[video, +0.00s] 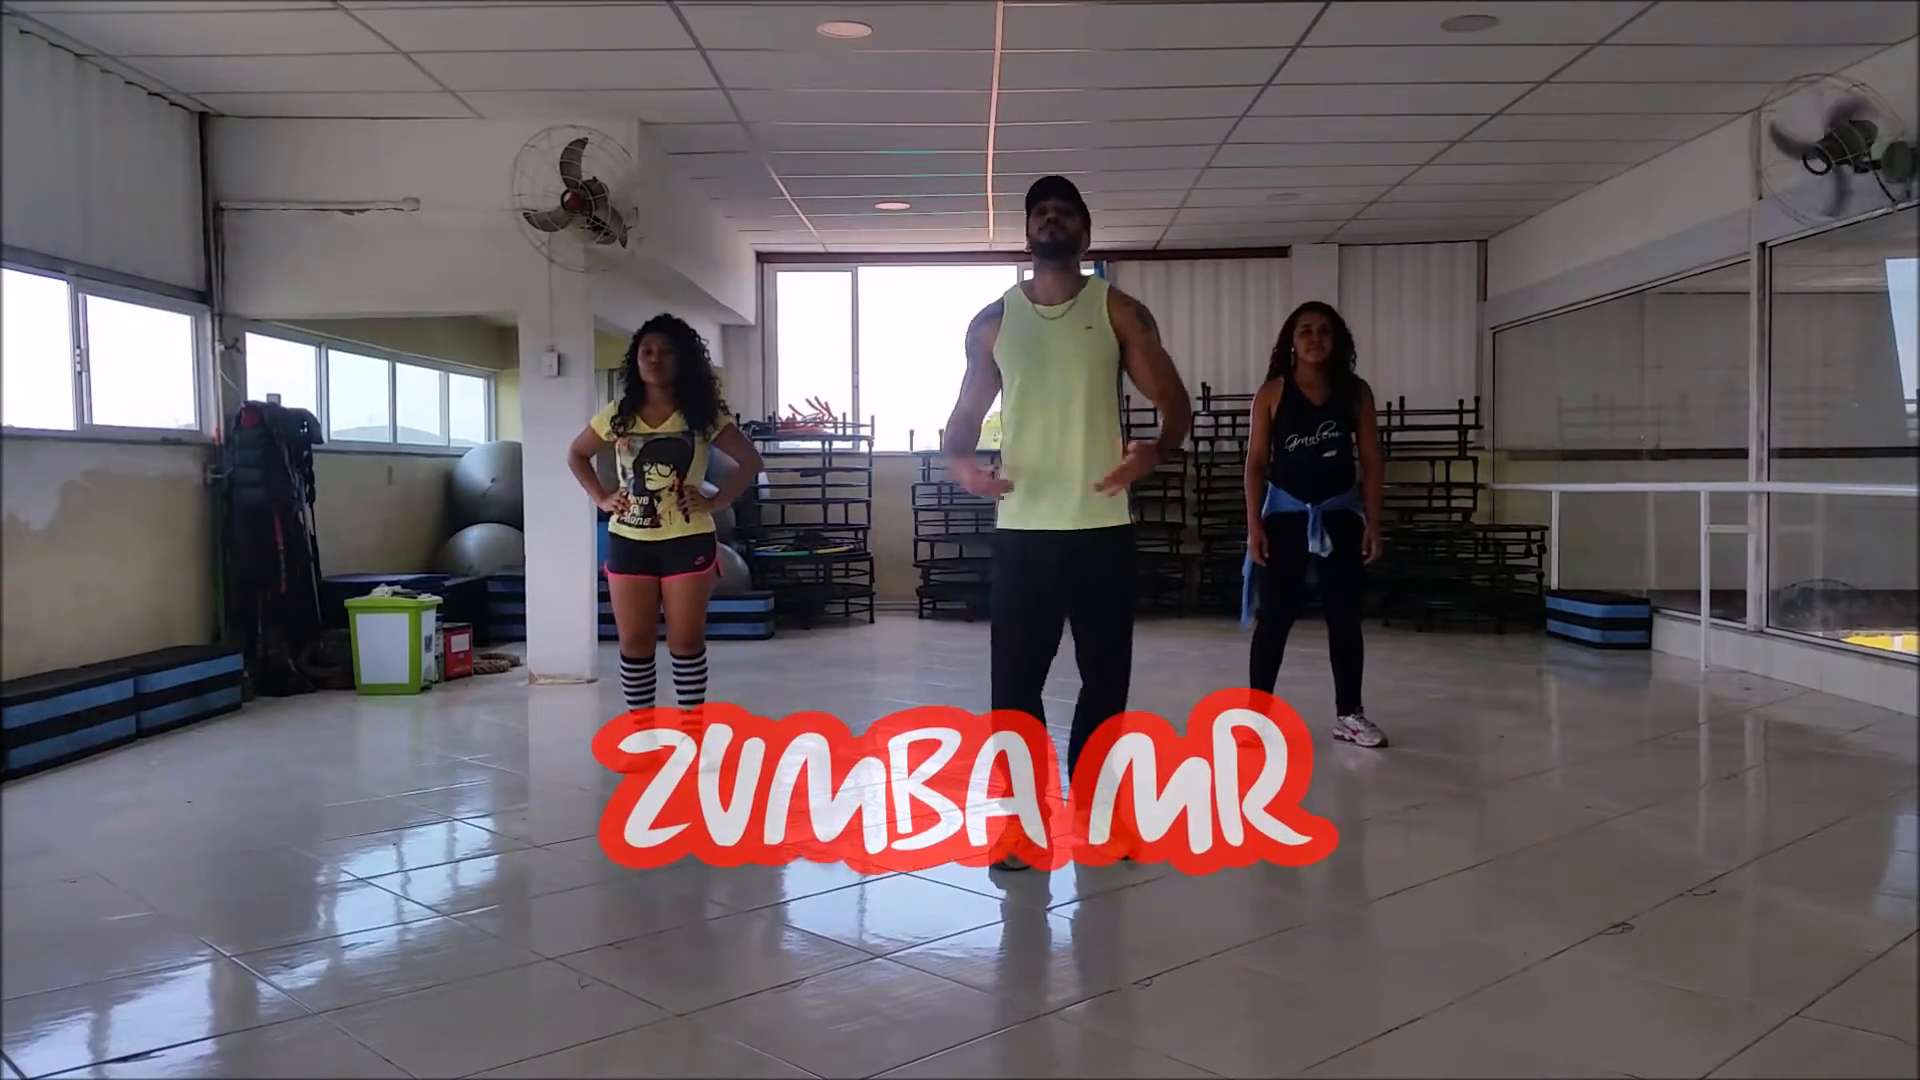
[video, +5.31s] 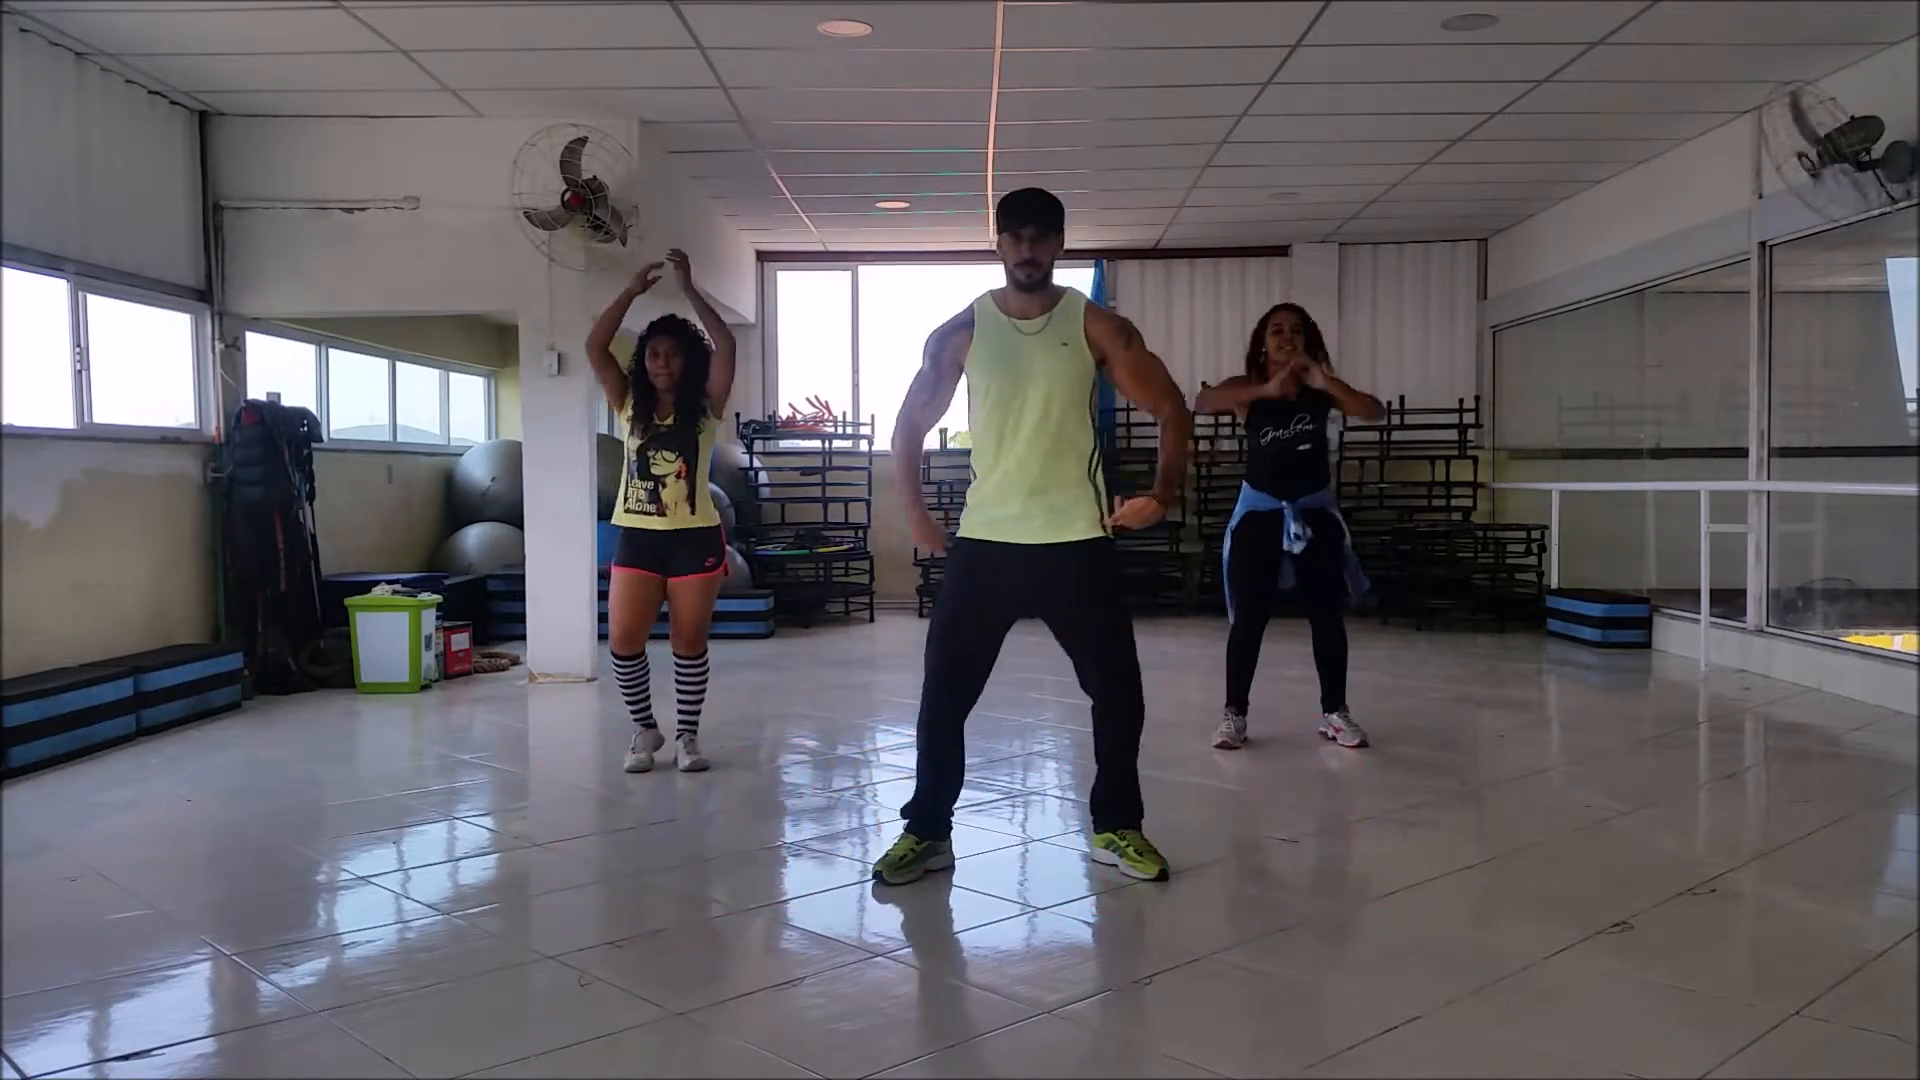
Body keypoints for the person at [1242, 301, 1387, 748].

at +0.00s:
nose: (1315, 339)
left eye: (1324, 332)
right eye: (1305, 332)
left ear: (1336, 341)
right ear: (1291, 341)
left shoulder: (1355, 392)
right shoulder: (1271, 393)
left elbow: (1372, 460)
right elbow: (1255, 463)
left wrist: (1373, 520)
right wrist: (1253, 523)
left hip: (1341, 516)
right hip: (1284, 517)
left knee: (1346, 617)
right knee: (1274, 616)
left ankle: (1349, 716)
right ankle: (1257, 715)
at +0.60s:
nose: (1289, 338)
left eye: (1298, 332)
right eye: (1280, 332)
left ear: (1310, 341)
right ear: (1264, 341)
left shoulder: (1328, 392)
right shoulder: (1246, 393)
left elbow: (1342, 458)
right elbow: (1224, 459)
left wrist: (1311, 487)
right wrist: (1275, 484)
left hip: (1313, 515)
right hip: (1256, 516)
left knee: (1332, 609)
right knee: (1257, 614)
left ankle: (1347, 713)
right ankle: (1256, 716)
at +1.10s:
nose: (1295, 336)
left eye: (1305, 330)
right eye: (1286, 330)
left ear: (1318, 339)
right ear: (1271, 338)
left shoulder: (1336, 389)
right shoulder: (1252, 387)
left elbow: (1359, 447)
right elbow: (1227, 450)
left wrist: (1332, 421)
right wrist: (1273, 426)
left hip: (1322, 517)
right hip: (1265, 516)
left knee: (1320, 615)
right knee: (1257, 611)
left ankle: (1318, 712)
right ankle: (1252, 708)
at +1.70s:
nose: (1281, 341)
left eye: (1290, 336)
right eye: (1273, 333)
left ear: (1299, 346)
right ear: (1254, 337)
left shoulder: (1306, 382)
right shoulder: (1237, 384)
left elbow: (1347, 410)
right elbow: (1239, 419)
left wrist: (1338, 354)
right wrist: (1270, 371)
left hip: (1302, 508)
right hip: (1249, 510)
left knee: (1344, 596)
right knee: (1251, 608)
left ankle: (1330, 688)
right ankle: (1240, 710)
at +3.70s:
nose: (1288, 343)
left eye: (1296, 336)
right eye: (1280, 335)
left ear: (1307, 344)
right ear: (1262, 341)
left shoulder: (1313, 382)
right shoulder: (1247, 385)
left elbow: (1356, 360)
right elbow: (1247, 348)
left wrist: (1323, 309)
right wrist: (1285, 312)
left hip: (1311, 510)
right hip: (1257, 511)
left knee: (1335, 603)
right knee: (1254, 610)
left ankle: (1336, 706)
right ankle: (1244, 711)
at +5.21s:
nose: (1293, 340)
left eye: (1301, 332)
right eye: (1285, 333)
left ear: (1316, 340)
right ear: (1274, 339)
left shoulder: (1334, 384)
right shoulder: (1259, 383)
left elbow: (1368, 381)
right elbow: (1222, 376)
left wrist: (1322, 350)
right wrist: (1282, 361)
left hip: (1322, 513)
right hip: (1266, 513)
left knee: (1326, 615)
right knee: (1255, 615)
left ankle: (1333, 716)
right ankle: (1235, 717)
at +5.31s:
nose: (1286, 338)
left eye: (1295, 331)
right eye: (1277, 332)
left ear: (1309, 342)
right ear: (1262, 343)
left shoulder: (1326, 390)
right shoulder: (1248, 387)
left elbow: (1375, 413)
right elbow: (1201, 402)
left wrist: (1327, 383)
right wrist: (1265, 390)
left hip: (1315, 515)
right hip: (1258, 515)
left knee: (1327, 614)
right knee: (1249, 615)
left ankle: (1335, 713)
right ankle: (1234, 715)